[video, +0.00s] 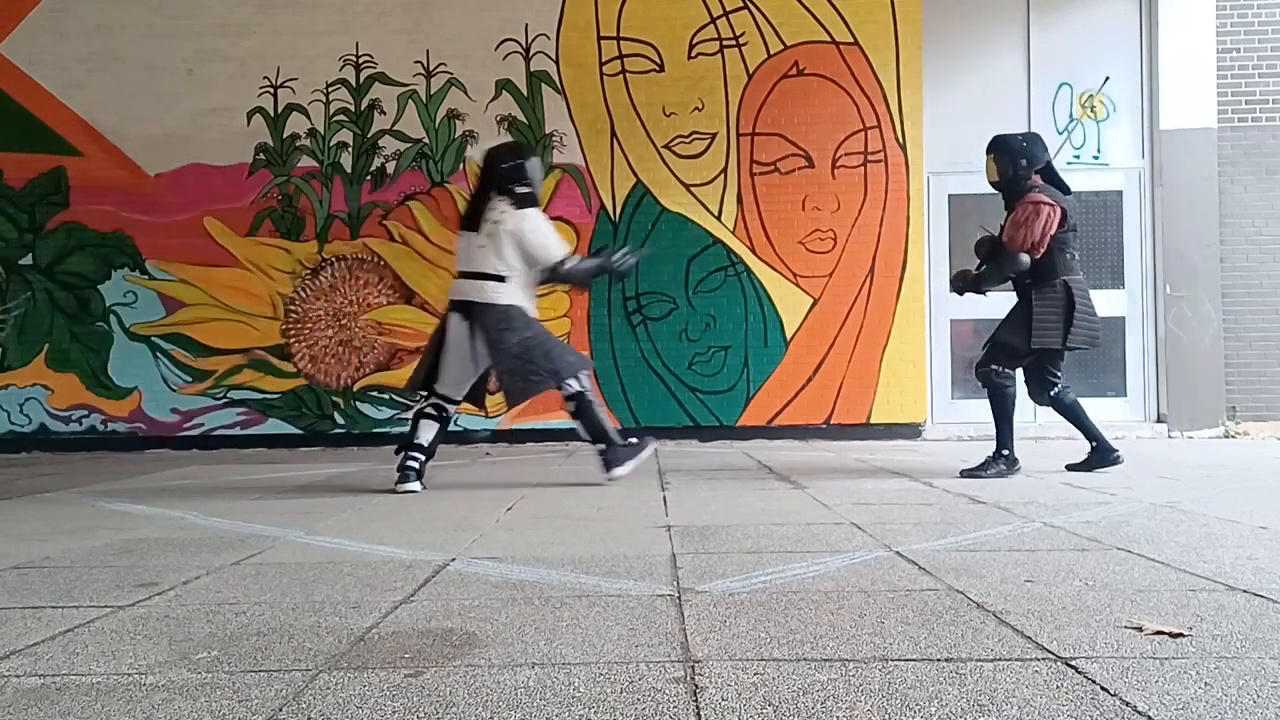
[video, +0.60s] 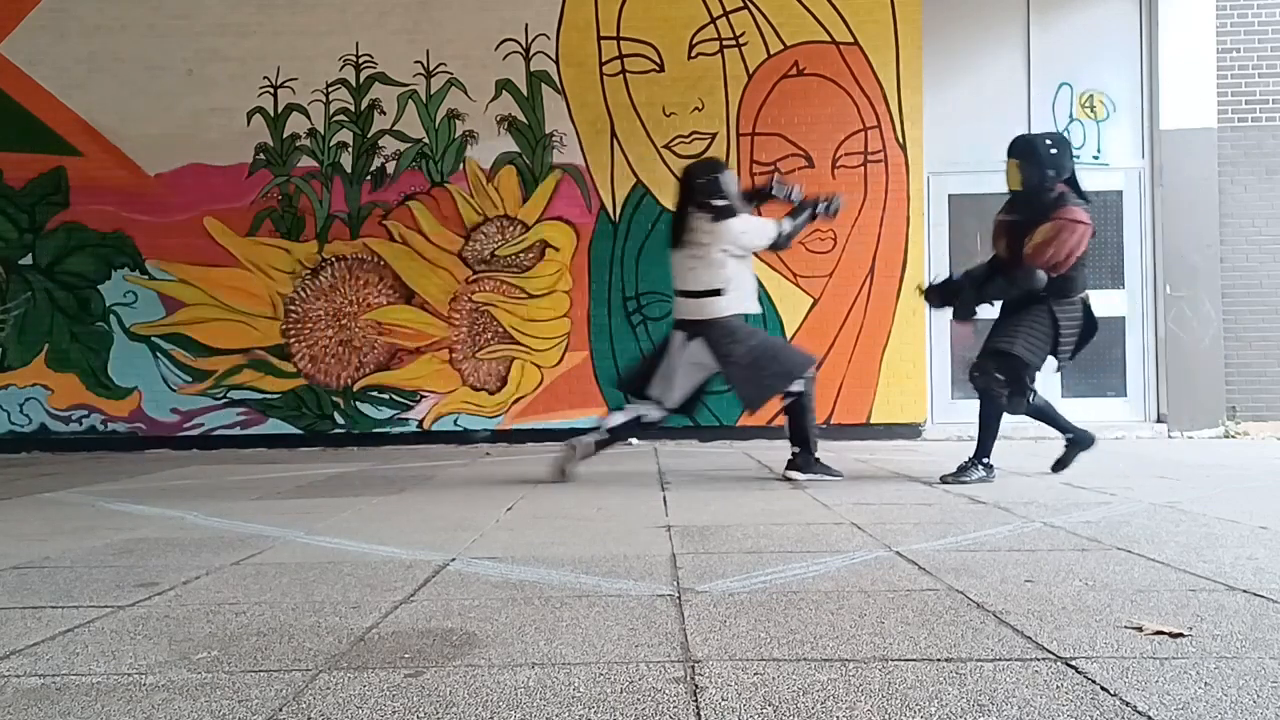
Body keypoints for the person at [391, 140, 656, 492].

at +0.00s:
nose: (536, 179)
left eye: (534, 172)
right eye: (531, 172)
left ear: (491, 177)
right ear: (519, 177)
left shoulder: (475, 211)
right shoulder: (524, 215)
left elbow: (515, 269)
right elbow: (563, 268)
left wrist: (582, 270)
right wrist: (603, 265)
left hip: (462, 308)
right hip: (503, 312)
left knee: (445, 392)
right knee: (569, 368)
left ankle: (410, 469)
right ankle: (613, 450)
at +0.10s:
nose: (570, 168)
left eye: (567, 161)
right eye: (563, 162)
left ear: (525, 170)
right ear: (551, 169)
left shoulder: (512, 206)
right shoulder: (558, 208)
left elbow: (548, 253)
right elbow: (604, 254)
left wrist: (599, 263)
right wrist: (646, 248)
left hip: (501, 307)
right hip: (544, 310)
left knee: (469, 389)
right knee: (600, 377)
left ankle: (421, 462)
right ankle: (630, 459)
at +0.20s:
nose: (600, 166)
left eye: (598, 160)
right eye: (595, 160)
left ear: (555, 165)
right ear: (585, 164)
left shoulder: (540, 204)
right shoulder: (592, 201)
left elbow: (559, 257)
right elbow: (626, 256)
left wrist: (613, 278)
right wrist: (661, 273)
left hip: (537, 294)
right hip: (578, 296)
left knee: (523, 378)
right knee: (628, 370)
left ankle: (489, 455)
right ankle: (633, 461)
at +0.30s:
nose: (632, 177)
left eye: (630, 170)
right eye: (627, 170)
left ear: (584, 169)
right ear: (615, 170)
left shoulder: (563, 207)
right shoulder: (621, 207)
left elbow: (563, 261)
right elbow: (639, 268)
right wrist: (663, 299)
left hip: (566, 295)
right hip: (610, 295)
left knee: (568, 384)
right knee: (676, 356)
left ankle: (543, 463)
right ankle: (655, 439)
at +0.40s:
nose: (655, 186)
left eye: (652, 179)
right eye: (650, 180)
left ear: (610, 184)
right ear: (639, 183)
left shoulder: (590, 226)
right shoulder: (650, 219)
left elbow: (599, 277)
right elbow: (677, 276)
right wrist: (708, 283)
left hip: (600, 326)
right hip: (646, 325)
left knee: (576, 393)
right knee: (717, 357)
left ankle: (542, 465)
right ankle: (743, 437)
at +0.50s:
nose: (693, 194)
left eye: (689, 188)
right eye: (689, 188)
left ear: (649, 193)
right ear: (679, 191)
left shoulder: (634, 229)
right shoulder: (688, 224)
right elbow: (732, 256)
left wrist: (751, 249)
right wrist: (774, 246)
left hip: (641, 332)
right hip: (685, 333)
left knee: (604, 402)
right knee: (753, 379)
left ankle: (548, 463)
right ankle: (789, 456)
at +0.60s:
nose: (732, 192)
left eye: (731, 188)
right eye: (728, 188)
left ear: (692, 195)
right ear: (717, 195)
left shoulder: (685, 223)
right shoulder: (728, 226)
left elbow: (728, 205)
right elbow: (781, 234)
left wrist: (763, 192)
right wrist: (810, 208)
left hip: (687, 331)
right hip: (723, 331)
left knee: (658, 406)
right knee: (799, 372)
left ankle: (588, 443)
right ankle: (805, 458)